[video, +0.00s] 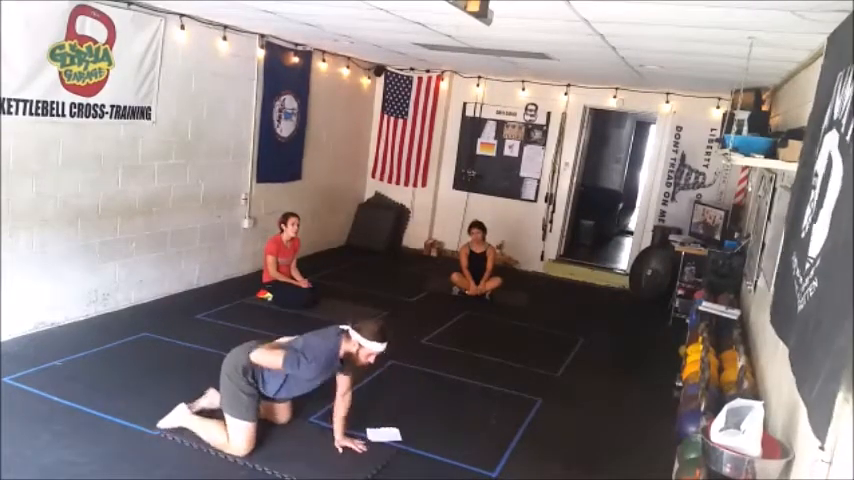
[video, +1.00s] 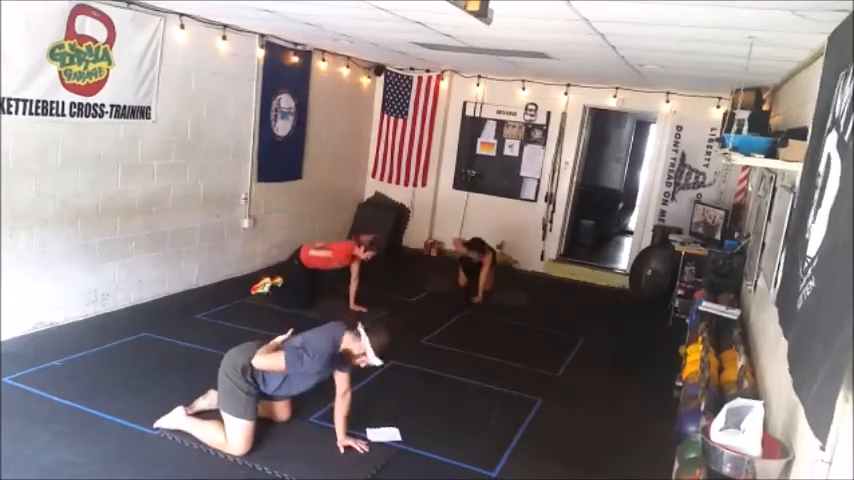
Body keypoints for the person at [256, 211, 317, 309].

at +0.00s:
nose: (296, 228)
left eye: (297, 225)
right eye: (292, 225)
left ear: (299, 226)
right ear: (283, 226)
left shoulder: (295, 242)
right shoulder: (273, 243)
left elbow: (293, 267)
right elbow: (272, 273)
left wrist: (302, 281)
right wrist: (298, 283)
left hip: (288, 280)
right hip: (272, 282)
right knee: (303, 298)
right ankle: (270, 297)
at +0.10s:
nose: (296, 228)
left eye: (298, 225)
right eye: (293, 225)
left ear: (299, 226)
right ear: (283, 226)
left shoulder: (295, 242)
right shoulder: (273, 243)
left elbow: (292, 267)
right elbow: (272, 273)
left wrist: (302, 281)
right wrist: (298, 283)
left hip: (287, 280)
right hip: (272, 282)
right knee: (302, 298)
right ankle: (270, 297)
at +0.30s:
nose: (337, 245)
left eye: (338, 241)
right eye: (334, 241)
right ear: (325, 239)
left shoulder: (327, 252)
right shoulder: (312, 251)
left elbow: (326, 274)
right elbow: (306, 281)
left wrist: (339, 294)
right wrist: (325, 301)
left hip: (295, 274)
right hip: (282, 274)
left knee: (311, 301)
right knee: (303, 302)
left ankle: (280, 292)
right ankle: (275, 296)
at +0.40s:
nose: (367, 257)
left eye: (369, 255)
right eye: (366, 253)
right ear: (358, 247)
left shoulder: (353, 252)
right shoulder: (343, 254)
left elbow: (353, 280)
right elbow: (335, 285)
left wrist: (354, 304)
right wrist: (335, 311)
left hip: (308, 263)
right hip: (298, 263)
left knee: (314, 296)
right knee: (307, 301)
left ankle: (283, 286)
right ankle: (277, 293)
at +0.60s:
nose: (367, 260)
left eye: (371, 259)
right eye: (369, 256)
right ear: (363, 247)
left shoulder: (358, 254)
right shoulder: (345, 254)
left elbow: (355, 280)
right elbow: (337, 284)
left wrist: (352, 303)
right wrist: (335, 311)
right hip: (305, 260)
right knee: (303, 300)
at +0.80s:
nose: (369, 253)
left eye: (371, 251)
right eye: (368, 249)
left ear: (366, 249)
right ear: (360, 243)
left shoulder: (356, 256)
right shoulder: (346, 249)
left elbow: (354, 276)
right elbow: (328, 249)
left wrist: (352, 294)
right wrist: (316, 244)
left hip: (311, 264)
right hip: (301, 262)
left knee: (309, 297)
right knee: (301, 300)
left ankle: (278, 284)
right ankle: (272, 287)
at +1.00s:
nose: (368, 258)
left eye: (371, 256)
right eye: (369, 255)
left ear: (365, 249)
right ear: (364, 248)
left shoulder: (355, 256)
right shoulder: (344, 251)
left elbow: (354, 279)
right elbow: (311, 252)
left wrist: (352, 304)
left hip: (307, 260)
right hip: (300, 261)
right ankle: (270, 287)